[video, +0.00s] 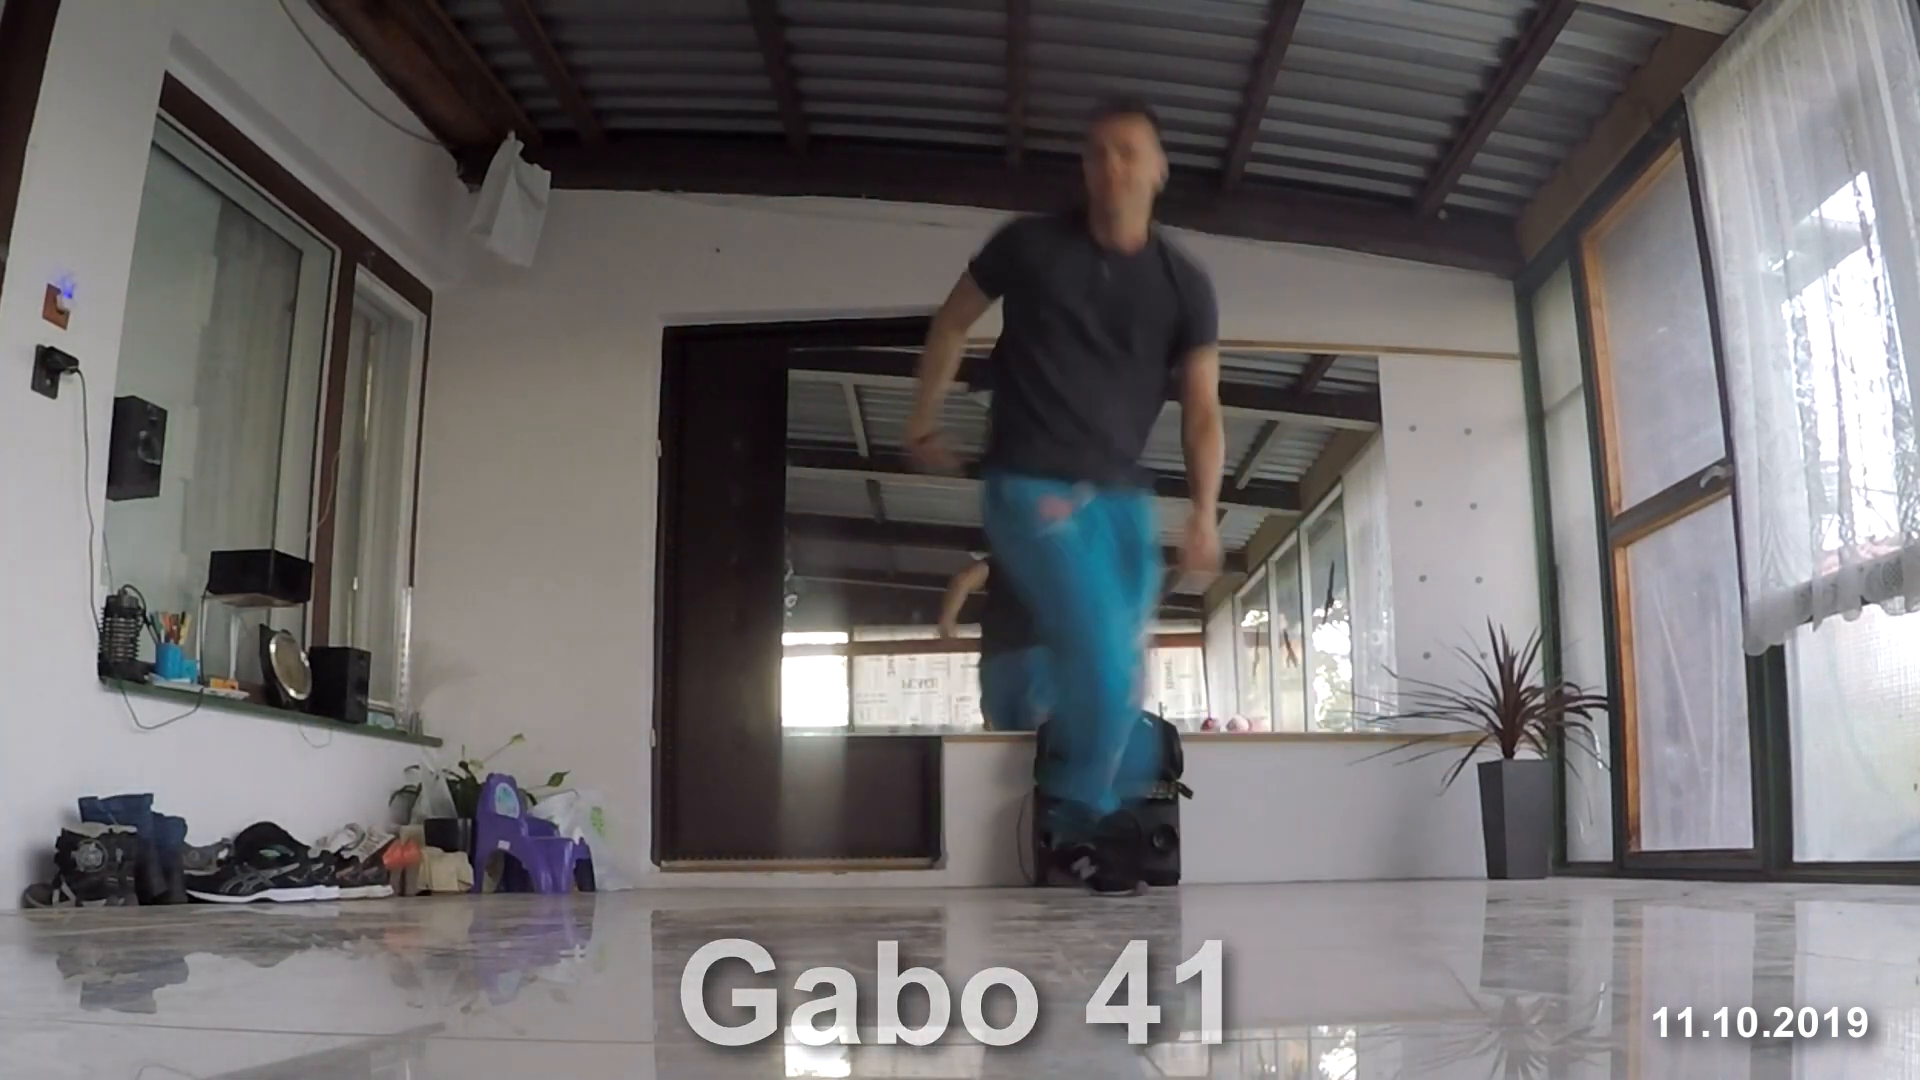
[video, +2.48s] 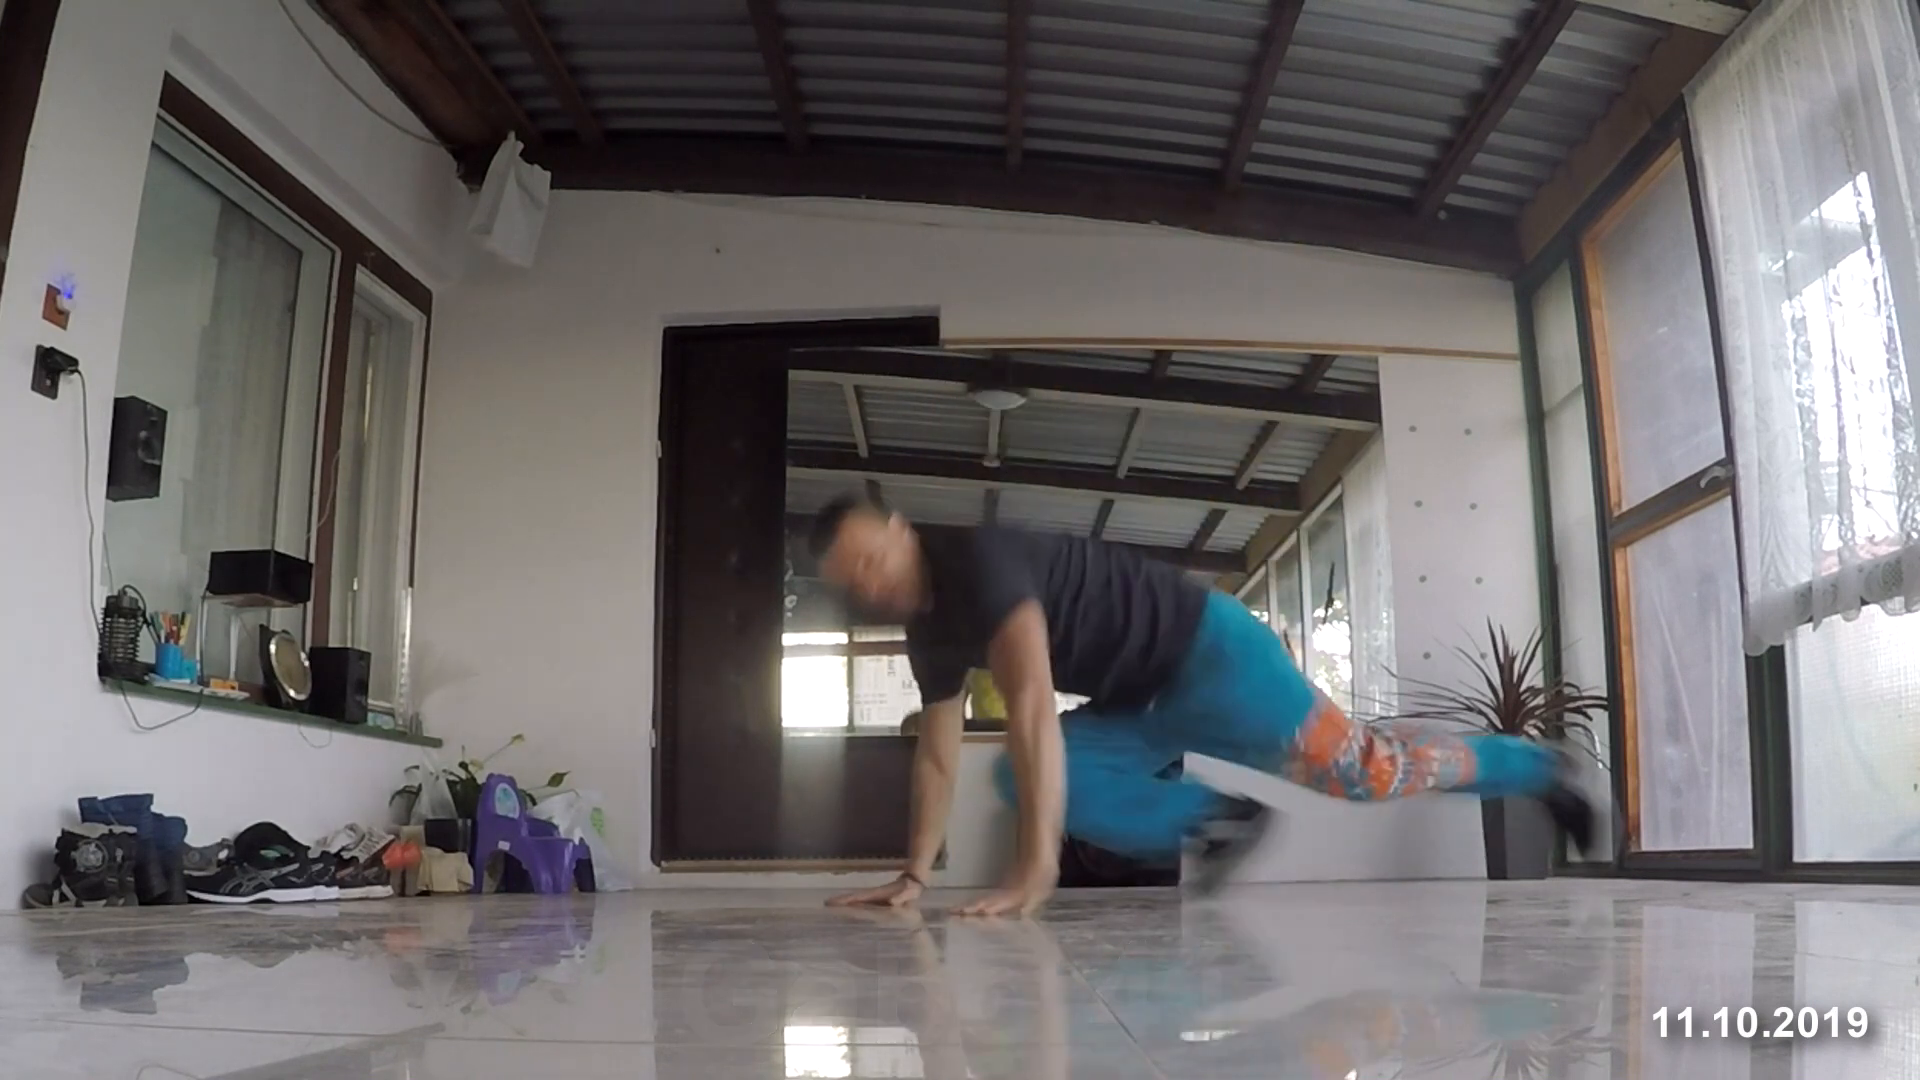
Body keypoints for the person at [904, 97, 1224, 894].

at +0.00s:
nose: (1111, 167)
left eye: (1127, 153)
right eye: (1097, 153)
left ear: (1160, 169)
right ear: (1081, 167)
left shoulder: (1183, 281)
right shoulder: (1027, 246)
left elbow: (1202, 411)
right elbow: (951, 324)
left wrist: (1205, 515)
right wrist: (922, 421)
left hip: (1123, 492)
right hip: (1033, 484)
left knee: (1118, 664)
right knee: (1102, 654)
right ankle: (1075, 825)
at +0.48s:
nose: (1135, 379)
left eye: (1150, 373)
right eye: (1125, 361)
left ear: (1154, 388)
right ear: (1093, 359)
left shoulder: (1110, 476)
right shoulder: (1024, 399)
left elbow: (1053, 565)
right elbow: (904, 427)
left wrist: (1060, 621)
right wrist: (826, 524)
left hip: (990, 614)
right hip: (896, 598)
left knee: (1075, 687)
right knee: (817, 740)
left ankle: (1034, 854)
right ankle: (697, 849)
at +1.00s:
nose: (1120, 243)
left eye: (1134, 233)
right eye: (1108, 228)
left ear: (1148, 244)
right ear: (1081, 230)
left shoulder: (1151, 341)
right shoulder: (1023, 289)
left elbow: (1204, 441)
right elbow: (936, 361)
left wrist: (1264, 477)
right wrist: (892, 457)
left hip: (1083, 530)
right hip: (1015, 507)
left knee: (1095, 680)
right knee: (1092, 664)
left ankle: (983, 823)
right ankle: (1157, 821)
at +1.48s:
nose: (1167, 418)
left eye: (1182, 404)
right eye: (1152, 403)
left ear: (1201, 415)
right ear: (1128, 409)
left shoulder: (1216, 503)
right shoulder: (1074, 488)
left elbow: (1257, 576)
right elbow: (978, 549)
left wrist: (1244, 645)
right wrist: (1037, 636)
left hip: (1162, 696)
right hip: (1060, 693)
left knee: (1261, 696)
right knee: (1112, 668)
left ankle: (1178, 843)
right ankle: (1116, 853)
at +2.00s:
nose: (1035, 426)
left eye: (1046, 403)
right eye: (1014, 410)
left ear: (1063, 397)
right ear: (985, 414)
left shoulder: (1114, 423)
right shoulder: (986, 525)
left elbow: (1235, 394)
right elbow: (957, 667)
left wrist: (1331, 357)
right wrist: (914, 804)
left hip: (1176, 647)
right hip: (1097, 689)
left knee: (1325, 672)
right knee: (1182, 606)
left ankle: (1212, 790)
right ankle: (1325, 777)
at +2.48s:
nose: (862, 587)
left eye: (862, 564)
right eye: (847, 583)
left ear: (897, 529)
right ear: (852, 587)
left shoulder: (986, 562)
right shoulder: (932, 630)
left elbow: (1033, 717)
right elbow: (937, 749)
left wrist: (1030, 878)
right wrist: (916, 871)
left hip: (1207, 654)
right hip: (1135, 707)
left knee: (1366, 771)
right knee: (1033, 772)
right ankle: (1223, 822)